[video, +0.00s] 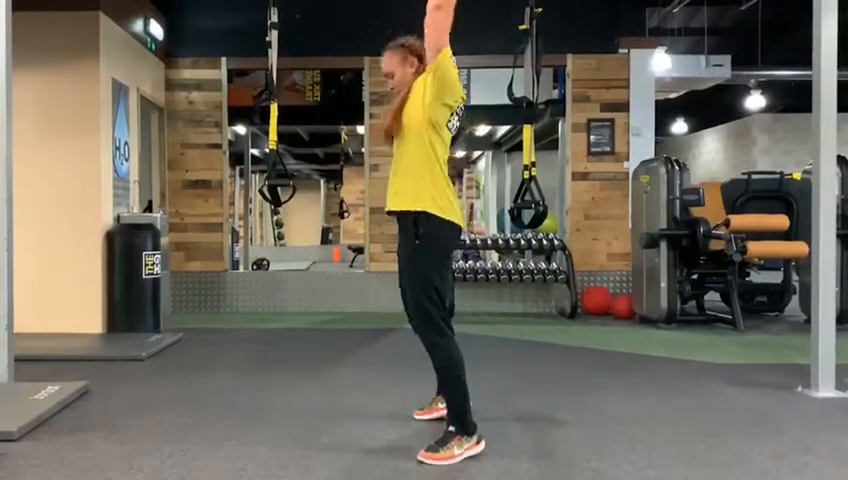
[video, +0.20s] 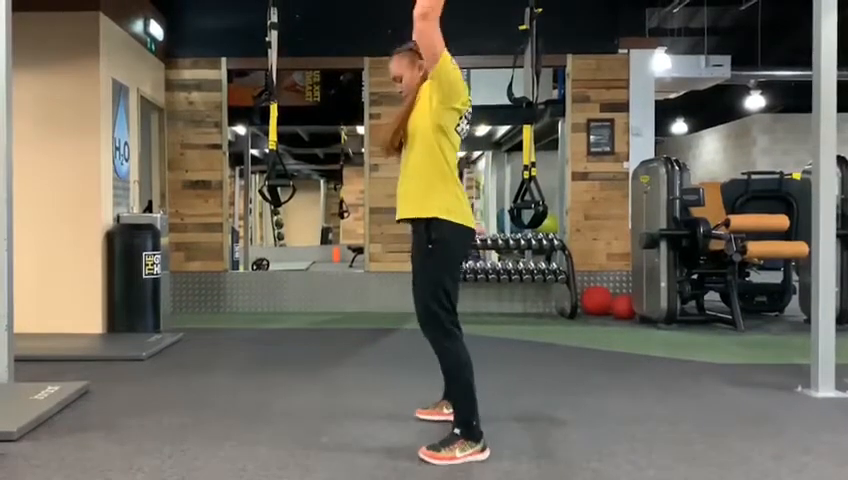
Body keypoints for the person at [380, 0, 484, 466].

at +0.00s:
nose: (389, 82)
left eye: (392, 73)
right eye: (386, 75)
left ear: (415, 63)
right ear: (408, 66)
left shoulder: (438, 88)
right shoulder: (414, 95)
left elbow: (439, 23)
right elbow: (435, 22)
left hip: (430, 217)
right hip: (414, 217)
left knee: (431, 319)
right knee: (425, 316)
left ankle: (465, 431)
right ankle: (449, 396)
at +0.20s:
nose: (397, 86)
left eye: (399, 77)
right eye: (394, 80)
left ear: (421, 63)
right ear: (414, 67)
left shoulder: (448, 92)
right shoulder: (425, 100)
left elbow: (425, 20)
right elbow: (426, 20)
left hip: (444, 223)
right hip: (429, 222)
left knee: (440, 322)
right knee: (434, 319)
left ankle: (471, 436)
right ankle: (455, 401)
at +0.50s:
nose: (401, 137)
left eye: (401, 127)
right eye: (396, 131)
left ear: (420, 112)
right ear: (417, 117)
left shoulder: (447, 136)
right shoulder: (441, 139)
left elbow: (442, 209)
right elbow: (437, 206)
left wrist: (395, 236)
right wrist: (403, 233)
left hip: (511, 237)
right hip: (492, 238)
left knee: (477, 327)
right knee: (459, 315)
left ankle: (532, 440)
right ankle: (490, 398)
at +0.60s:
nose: (386, 189)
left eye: (384, 180)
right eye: (381, 183)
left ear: (404, 164)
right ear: (402, 167)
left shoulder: (439, 187)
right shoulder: (428, 192)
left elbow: (452, 261)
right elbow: (432, 256)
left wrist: (412, 311)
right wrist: (417, 301)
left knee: (474, 338)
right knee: (450, 319)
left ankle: (534, 443)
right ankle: (489, 397)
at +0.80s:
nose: (368, 266)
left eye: (365, 258)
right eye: (362, 261)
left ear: (379, 239)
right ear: (380, 238)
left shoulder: (418, 249)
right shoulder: (407, 250)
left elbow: (423, 323)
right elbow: (417, 320)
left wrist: (405, 390)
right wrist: (404, 377)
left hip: (530, 271)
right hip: (506, 271)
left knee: (467, 341)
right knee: (449, 322)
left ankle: (532, 443)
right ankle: (487, 399)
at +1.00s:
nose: (359, 321)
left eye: (355, 314)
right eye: (352, 318)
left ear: (363, 295)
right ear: (363, 290)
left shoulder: (399, 292)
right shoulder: (390, 285)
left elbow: (411, 370)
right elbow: (411, 360)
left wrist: (406, 440)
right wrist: (409, 411)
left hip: (501, 233)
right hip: (484, 246)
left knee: (528, 338)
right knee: (492, 323)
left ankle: (632, 407)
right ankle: (563, 375)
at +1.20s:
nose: (325, 328)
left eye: (322, 321)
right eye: (320, 323)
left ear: (332, 305)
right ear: (336, 298)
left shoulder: (378, 305)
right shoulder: (370, 302)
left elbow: (406, 373)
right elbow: (405, 367)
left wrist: (407, 440)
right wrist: (403, 420)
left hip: (493, 311)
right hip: (488, 307)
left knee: (581, 368)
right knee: (574, 357)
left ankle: (699, 404)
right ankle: (662, 376)